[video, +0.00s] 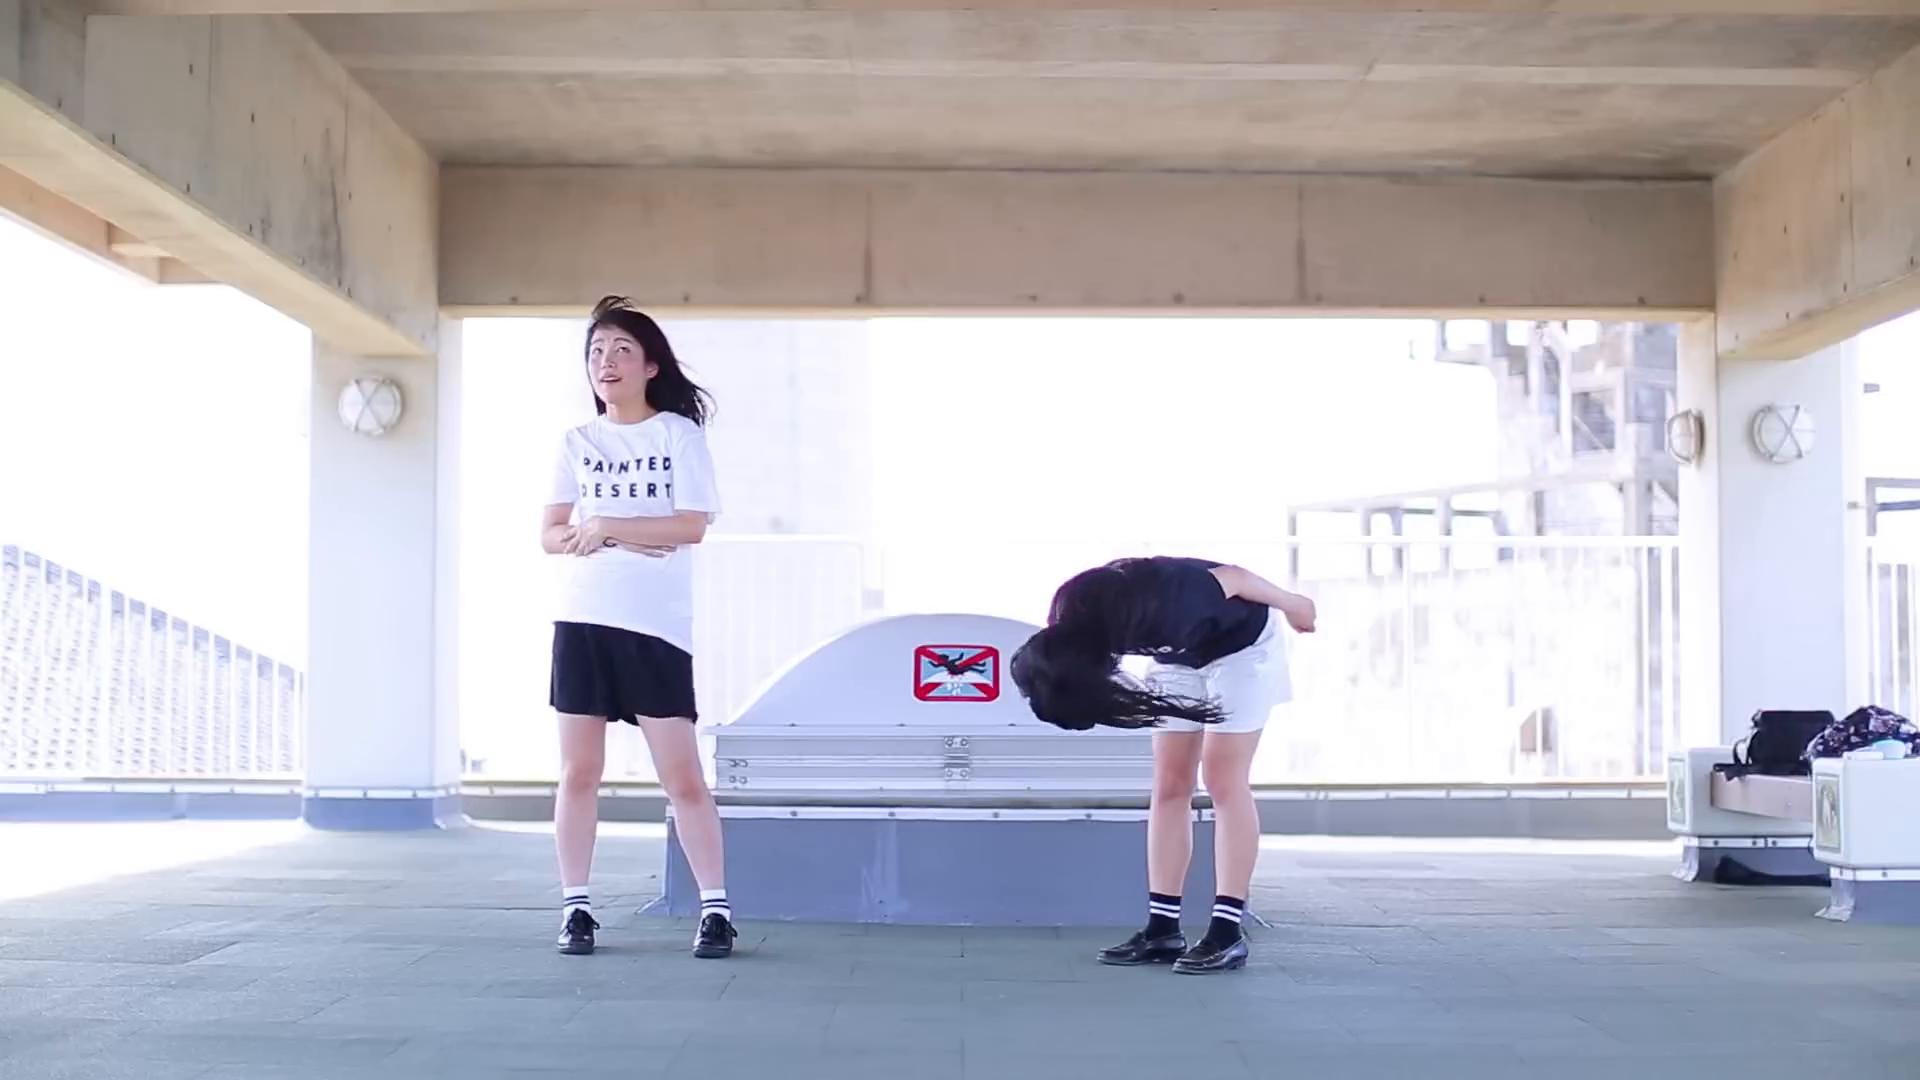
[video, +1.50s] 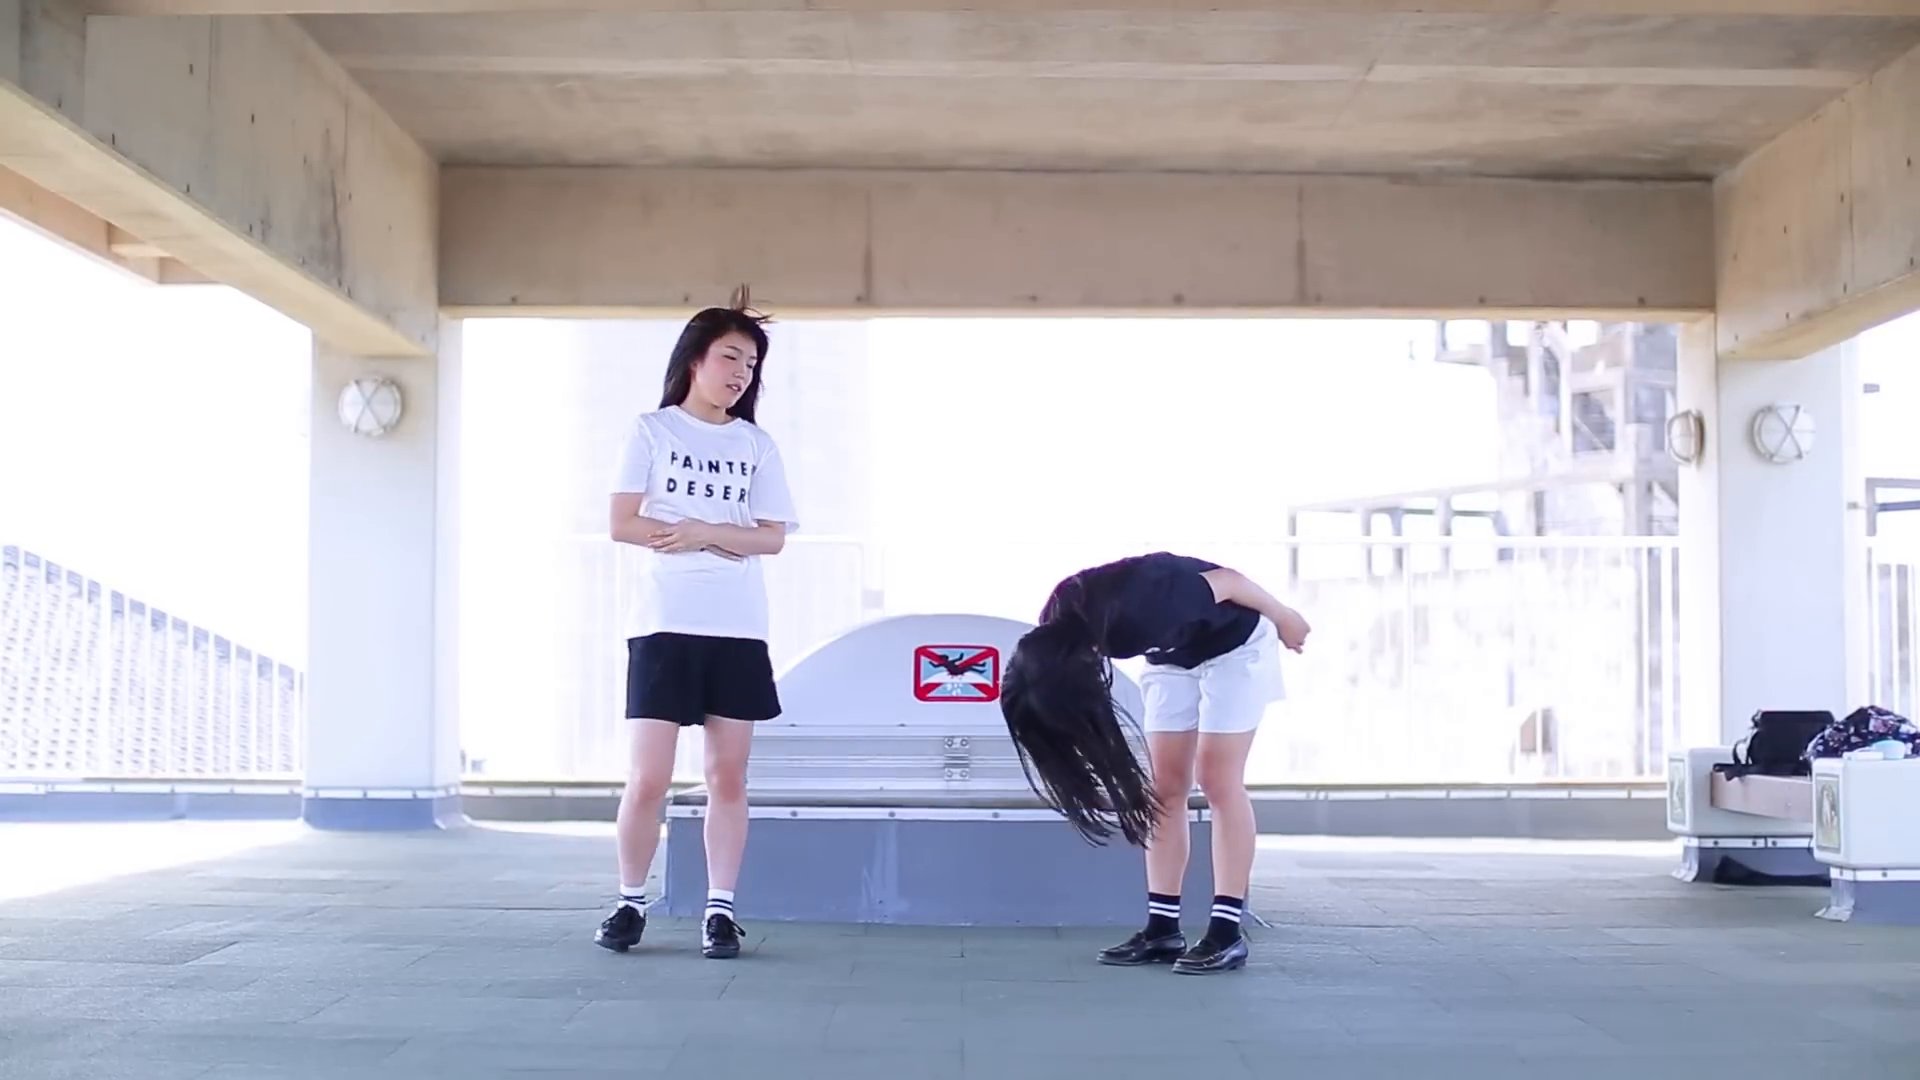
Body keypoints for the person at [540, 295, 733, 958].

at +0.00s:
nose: (606, 361)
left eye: (621, 349)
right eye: (597, 350)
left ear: (652, 363)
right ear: (587, 364)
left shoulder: (680, 433)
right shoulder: (577, 440)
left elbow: (693, 527)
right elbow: (551, 536)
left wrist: (604, 526)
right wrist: (607, 535)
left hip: (657, 625)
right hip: (582, 625)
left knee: (684, 781)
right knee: (578, 774)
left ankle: (714, 910)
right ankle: (575, 909)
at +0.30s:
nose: (609, 360)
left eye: (623, 350)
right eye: (599, 351)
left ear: (650, 363)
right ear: (585, 365)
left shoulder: (680, 433)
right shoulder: (573, 441)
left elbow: (692, 526)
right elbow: (548, 537)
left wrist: (602, 527)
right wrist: (623, 536)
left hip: (656, 627)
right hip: (579, 625)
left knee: (684, 782)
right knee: (577, 774)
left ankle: (714, 909)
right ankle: (575, 908)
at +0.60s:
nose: (624, 361)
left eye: (638, 350)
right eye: (611, 350)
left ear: (657, 364)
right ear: (592, 361)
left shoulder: (681, 435)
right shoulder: (570, 438)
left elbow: (693, 529)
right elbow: (544, 535)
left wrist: (605, 528)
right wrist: (620, 535)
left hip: (657, 626)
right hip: (579, 625)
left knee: (684, 781)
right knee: (577, 773)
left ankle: (714, 909)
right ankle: (576, 908)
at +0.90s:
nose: (654, 363)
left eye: (665, 353)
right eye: (640, 350)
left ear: (676, 366)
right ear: (612, 360)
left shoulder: (695, 438)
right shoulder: (579, 435)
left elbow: (711, 531)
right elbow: (553, 531)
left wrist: (635, 527)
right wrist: (643, 536)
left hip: (674, 626)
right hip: (595, 623)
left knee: (698, 781)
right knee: (587, 773)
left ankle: (717, 909)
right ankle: (577, 906)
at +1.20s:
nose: (700, 369)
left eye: (710, 360)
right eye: (688, 354)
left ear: (717, 372)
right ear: (654, 358)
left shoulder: (727, 440)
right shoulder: (619, 433)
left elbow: (746, 531)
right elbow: (592, 530)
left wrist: (672, 527)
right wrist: (685, 529)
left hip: (718, 629)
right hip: (643, 626)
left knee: (719, 778)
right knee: (613, 775)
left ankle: (720, 910)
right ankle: (582, 906)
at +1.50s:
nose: (737, 372)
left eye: (748, 364)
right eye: (727, 357)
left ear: (754, 375)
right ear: (692, 357)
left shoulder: (758, 444)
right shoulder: (651, 429)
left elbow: (773, 539)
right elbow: (622, 525)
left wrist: (698, 532)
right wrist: (721, 534)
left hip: (739, 630)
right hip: (664, 626)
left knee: (728, 777)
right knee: (650, 780)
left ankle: (720, 911)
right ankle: (631, 902)